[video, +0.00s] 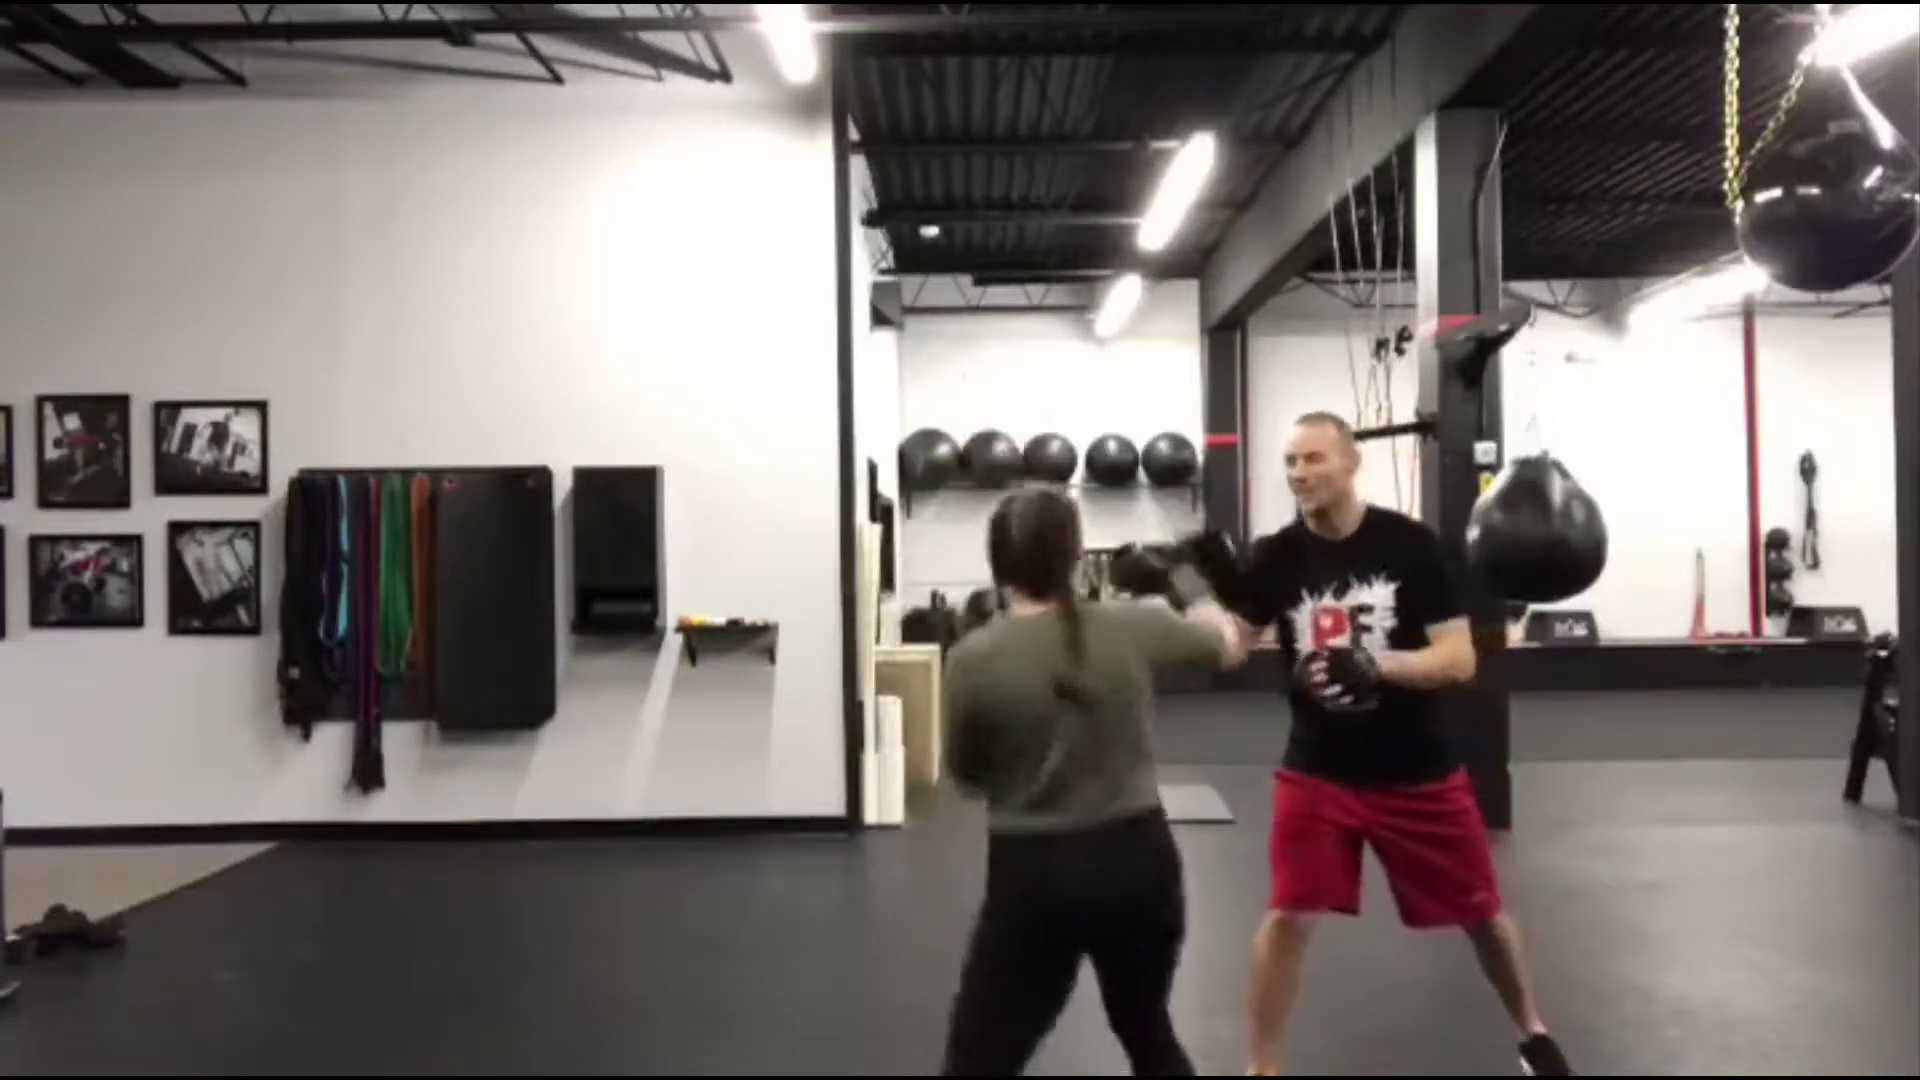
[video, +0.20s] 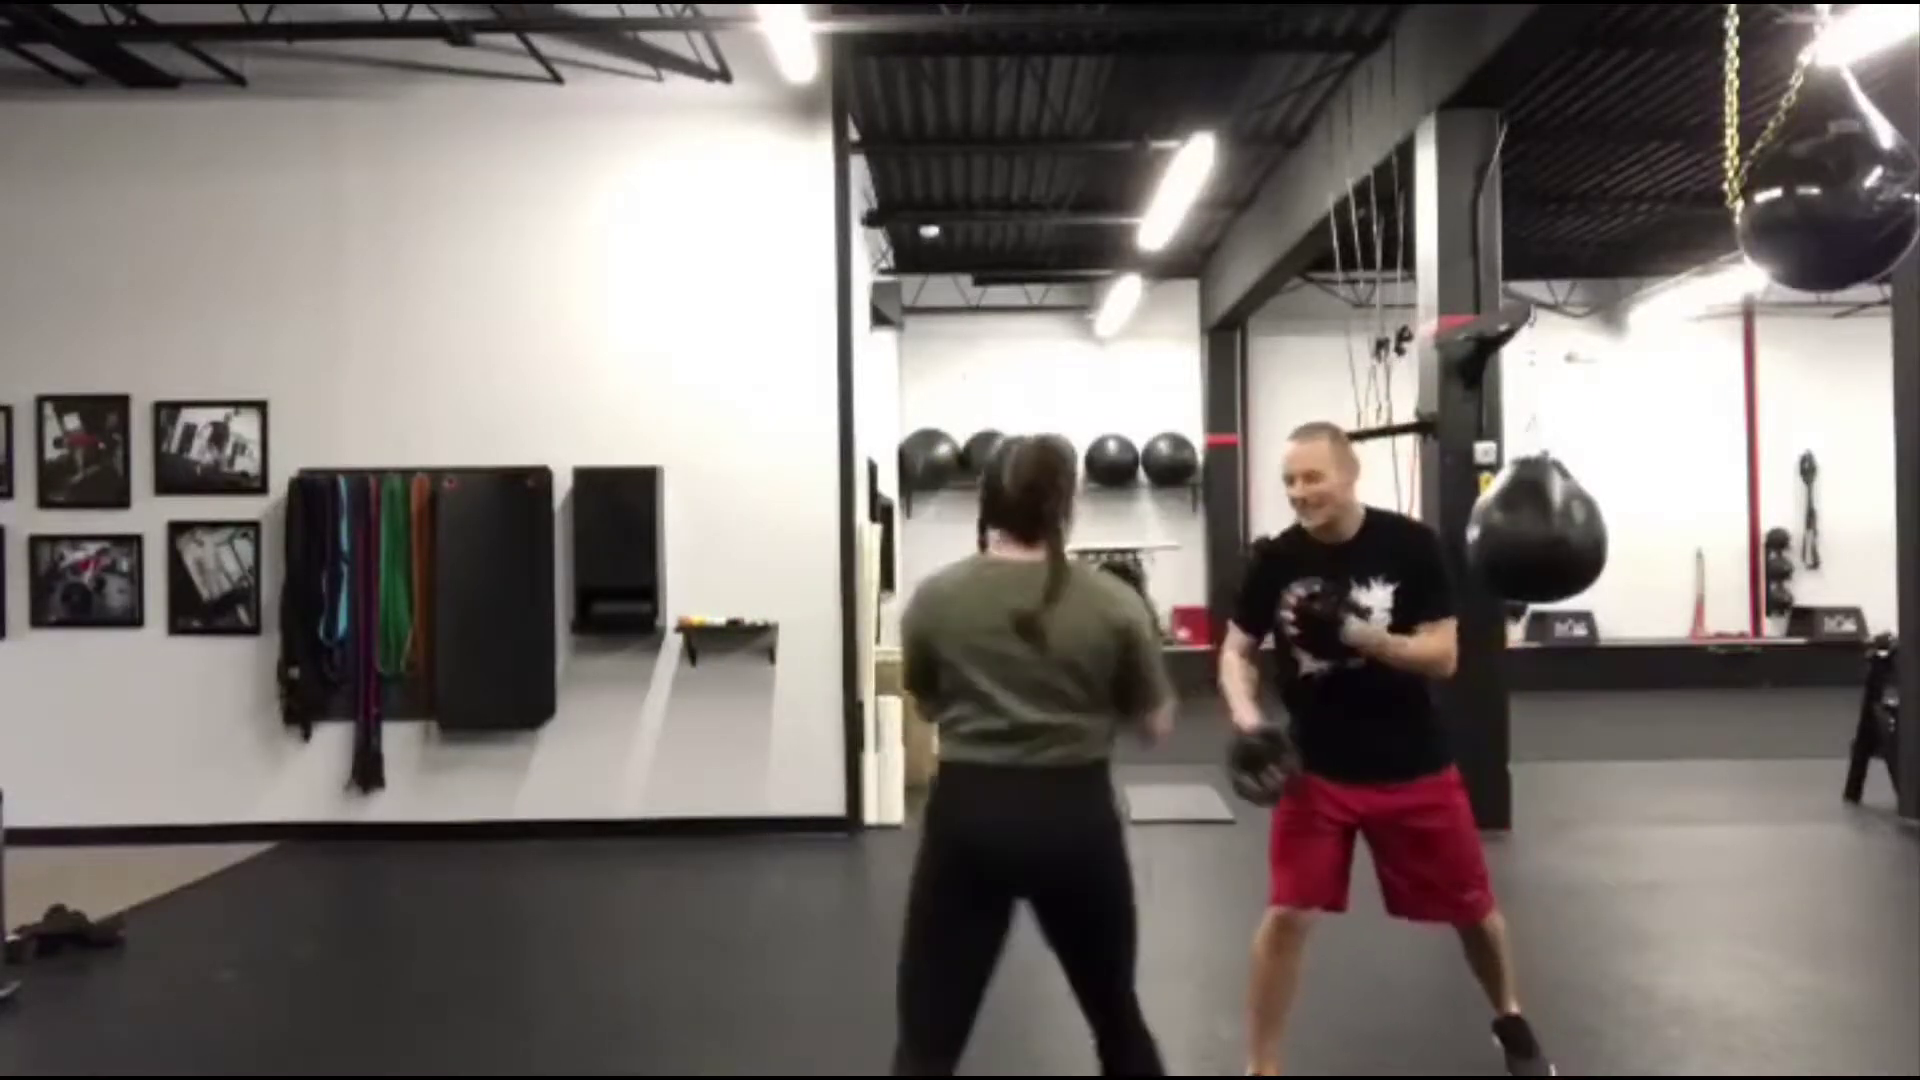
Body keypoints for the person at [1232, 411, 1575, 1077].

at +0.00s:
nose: (1300, 473)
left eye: (1314, 459)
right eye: (1291, 462)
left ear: (1353, 463)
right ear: (1286, 472)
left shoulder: (1414, 546)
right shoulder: (1274, 557)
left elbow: (1458, 659)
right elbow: (1230, 637)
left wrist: (1373, 664)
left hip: (1421, 774)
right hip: (1318, 775)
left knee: (1485, 915)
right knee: (1288, 915)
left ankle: (1534, 1034)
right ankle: (1262, 1065)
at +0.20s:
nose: (1301, 493)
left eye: (1314, 479)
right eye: (1291, 481)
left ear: (1351, 475)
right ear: (1282, 485)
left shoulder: (1413, 545)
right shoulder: (1273, 560)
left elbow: (1443, 655)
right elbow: (1236, 653)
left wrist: (1355, 631)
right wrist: (1249, 722)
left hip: (1417, 774)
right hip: (1318, 777)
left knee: (1478, 914)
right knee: (1288, 915)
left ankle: (1509, 1019)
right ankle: (1261, 1065)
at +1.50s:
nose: (1335, 500)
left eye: (1349, 488)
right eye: (1331, 488)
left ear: (1389, 493)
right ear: (1327, 493)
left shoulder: (1439, 566)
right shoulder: (1310, 571)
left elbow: (1464, 680)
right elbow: (1253, 650)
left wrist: (1410, 615)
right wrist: (1258, 694)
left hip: (1429, 778)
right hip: (1327, 775)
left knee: (1491, 917)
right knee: (1284, 905)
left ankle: (1509, 1026)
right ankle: (1245, 1053)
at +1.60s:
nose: (1334, 496)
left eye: (1349, 484)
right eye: (1329, 485)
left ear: (1388, 489)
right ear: (1323, 493)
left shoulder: (1440, 564)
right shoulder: (1309, 570)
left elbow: (1465, 677)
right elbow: (1283, 657)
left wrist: (1407, 608)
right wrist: (1250, 604)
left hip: (1431, 778)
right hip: (1329, 772)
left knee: (1491, 919)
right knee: (1282, 904)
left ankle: (1510, 1026)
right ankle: (1245, 1052)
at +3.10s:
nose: (1295, 509)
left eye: (1307, 496)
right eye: (1284, 499)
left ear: (1331, 499)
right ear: (1271, 506)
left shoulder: (1379, 571)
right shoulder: (1260, 581)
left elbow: (1428, 682)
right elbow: (1239, 675)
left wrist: (1354, 698)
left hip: (1395, 778)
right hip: (1303, 782)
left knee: (1472, 912)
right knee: (1267, 919)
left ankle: (1515, 1023)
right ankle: (1233, 1045)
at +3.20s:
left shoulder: (1327, 569)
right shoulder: (1198, 585)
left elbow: (1391, 657)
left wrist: (1361, 720)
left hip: (1338, 765)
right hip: (1252, 778)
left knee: (1420, 896)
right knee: (1245, 915)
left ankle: (1500, 1018)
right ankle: (1236, 1045)